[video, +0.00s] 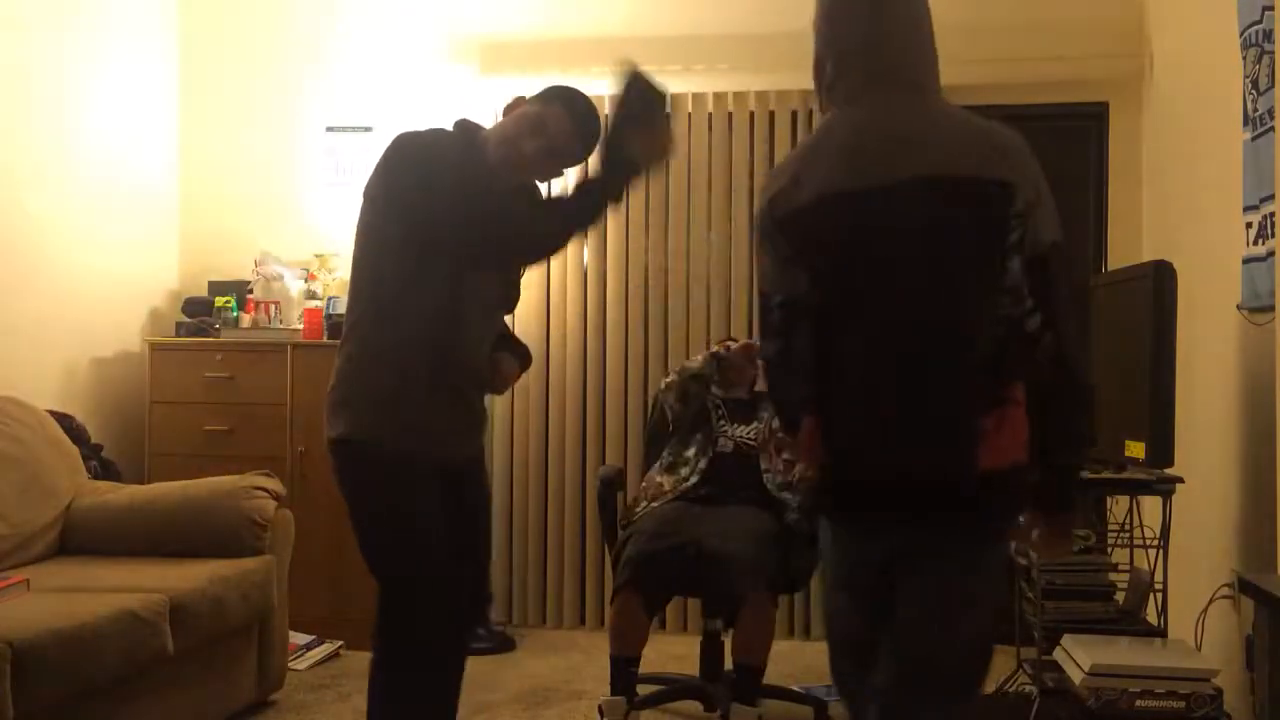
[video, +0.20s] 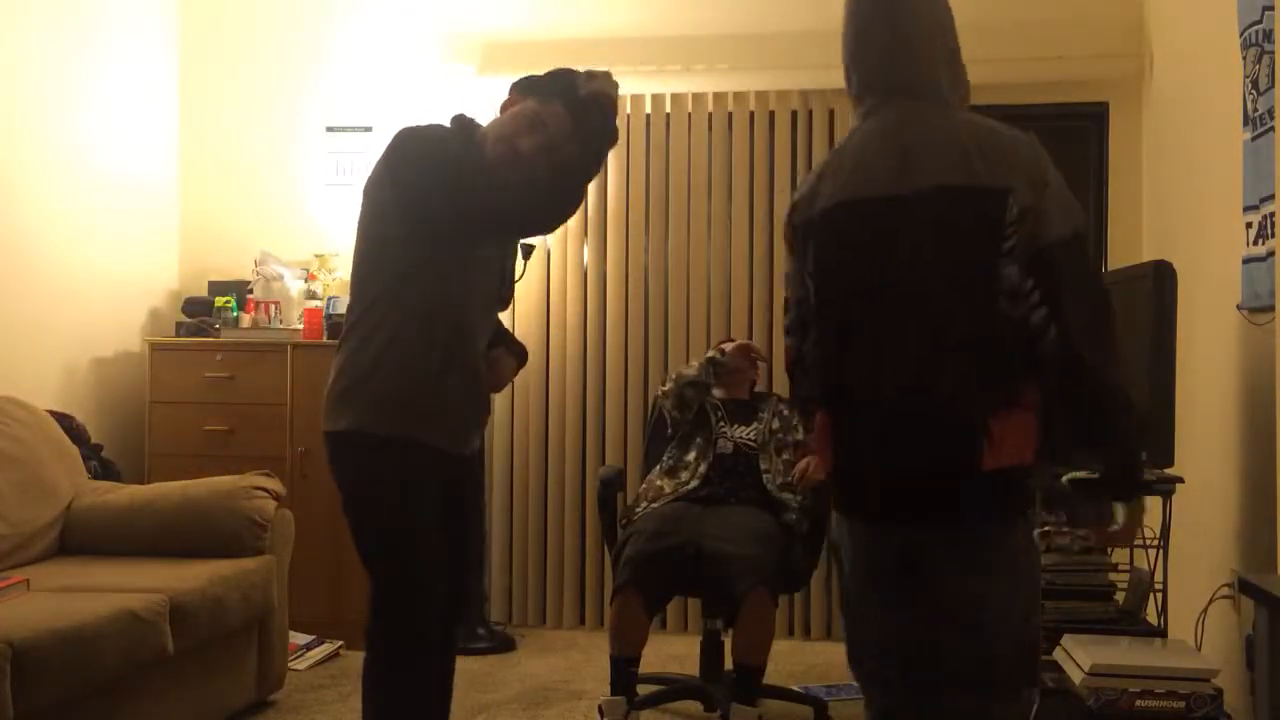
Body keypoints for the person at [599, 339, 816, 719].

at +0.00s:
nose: (737, 360)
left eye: (747, 354)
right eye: (727, 353)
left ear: (758, 368)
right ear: (712, 365)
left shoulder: (773, 406)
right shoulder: (688, 400)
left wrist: (773, 374)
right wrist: (708, 363)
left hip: (749, 504)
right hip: (682, 500)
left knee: (755, 577)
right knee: (637, 564)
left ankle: (743, 702)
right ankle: (621, 693)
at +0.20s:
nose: (746, 356)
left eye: (753, 355)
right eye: (734, 351)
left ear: (759, 373)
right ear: (715, 369)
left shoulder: (779, 410)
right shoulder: (690, 404)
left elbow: (807, 450)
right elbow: (671, 395)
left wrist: (817, 460)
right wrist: (715, 360)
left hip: (751, 505)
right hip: (681, 502)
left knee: (756, 578)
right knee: (637, 566)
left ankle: (744, 703)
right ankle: (621, 695)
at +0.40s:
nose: (737, 350)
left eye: (745, 350)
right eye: (728, 348)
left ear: (755, 370)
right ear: (713, 370)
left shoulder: (780, 410)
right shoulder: (690, 404)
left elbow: (812, 453)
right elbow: (672, 396)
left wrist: (818, 462)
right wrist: (711, 360)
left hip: (750, 505)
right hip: (681, 501)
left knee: (756, 577)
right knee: (637, 565)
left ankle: (744, 703)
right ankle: (621, 695)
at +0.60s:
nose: (730, 349)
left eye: (739, 349)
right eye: (721, 349)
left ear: (755, 373)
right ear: (708, 368)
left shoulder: (779, 409)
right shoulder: (686, 399)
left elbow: (825, 458)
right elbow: (672, 416)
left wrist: (821, 461)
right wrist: (710, 367)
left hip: (751, 506)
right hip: (680, 501)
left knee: (756, 577)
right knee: (637, 566)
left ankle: (744, 704)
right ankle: (621, 695)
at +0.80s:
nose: (730, 350)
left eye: (739, 349)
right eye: (721, 349)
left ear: (755, 373)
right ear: (708, 368)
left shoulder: (779, 409)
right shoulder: (687, 400)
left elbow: (820, 453)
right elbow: (669, 418)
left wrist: (820, 461)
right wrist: (710, 371)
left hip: (751, 505)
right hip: (680, 501)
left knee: (756, 577)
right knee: (637, 565)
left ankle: (745, 704)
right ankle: (621, 695)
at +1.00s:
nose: (732, 355)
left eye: (742, 354)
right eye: (723, 350)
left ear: (754, 371)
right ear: (707, 364)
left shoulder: (778, 409)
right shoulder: (684, 398)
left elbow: (821, 453)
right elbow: (676, 406)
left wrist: (820, 460)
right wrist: (716, 361)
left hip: (750, 505)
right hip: (679, 501)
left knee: (756, 576)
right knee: (638, 565)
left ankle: (745, 703)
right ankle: (621, 695)